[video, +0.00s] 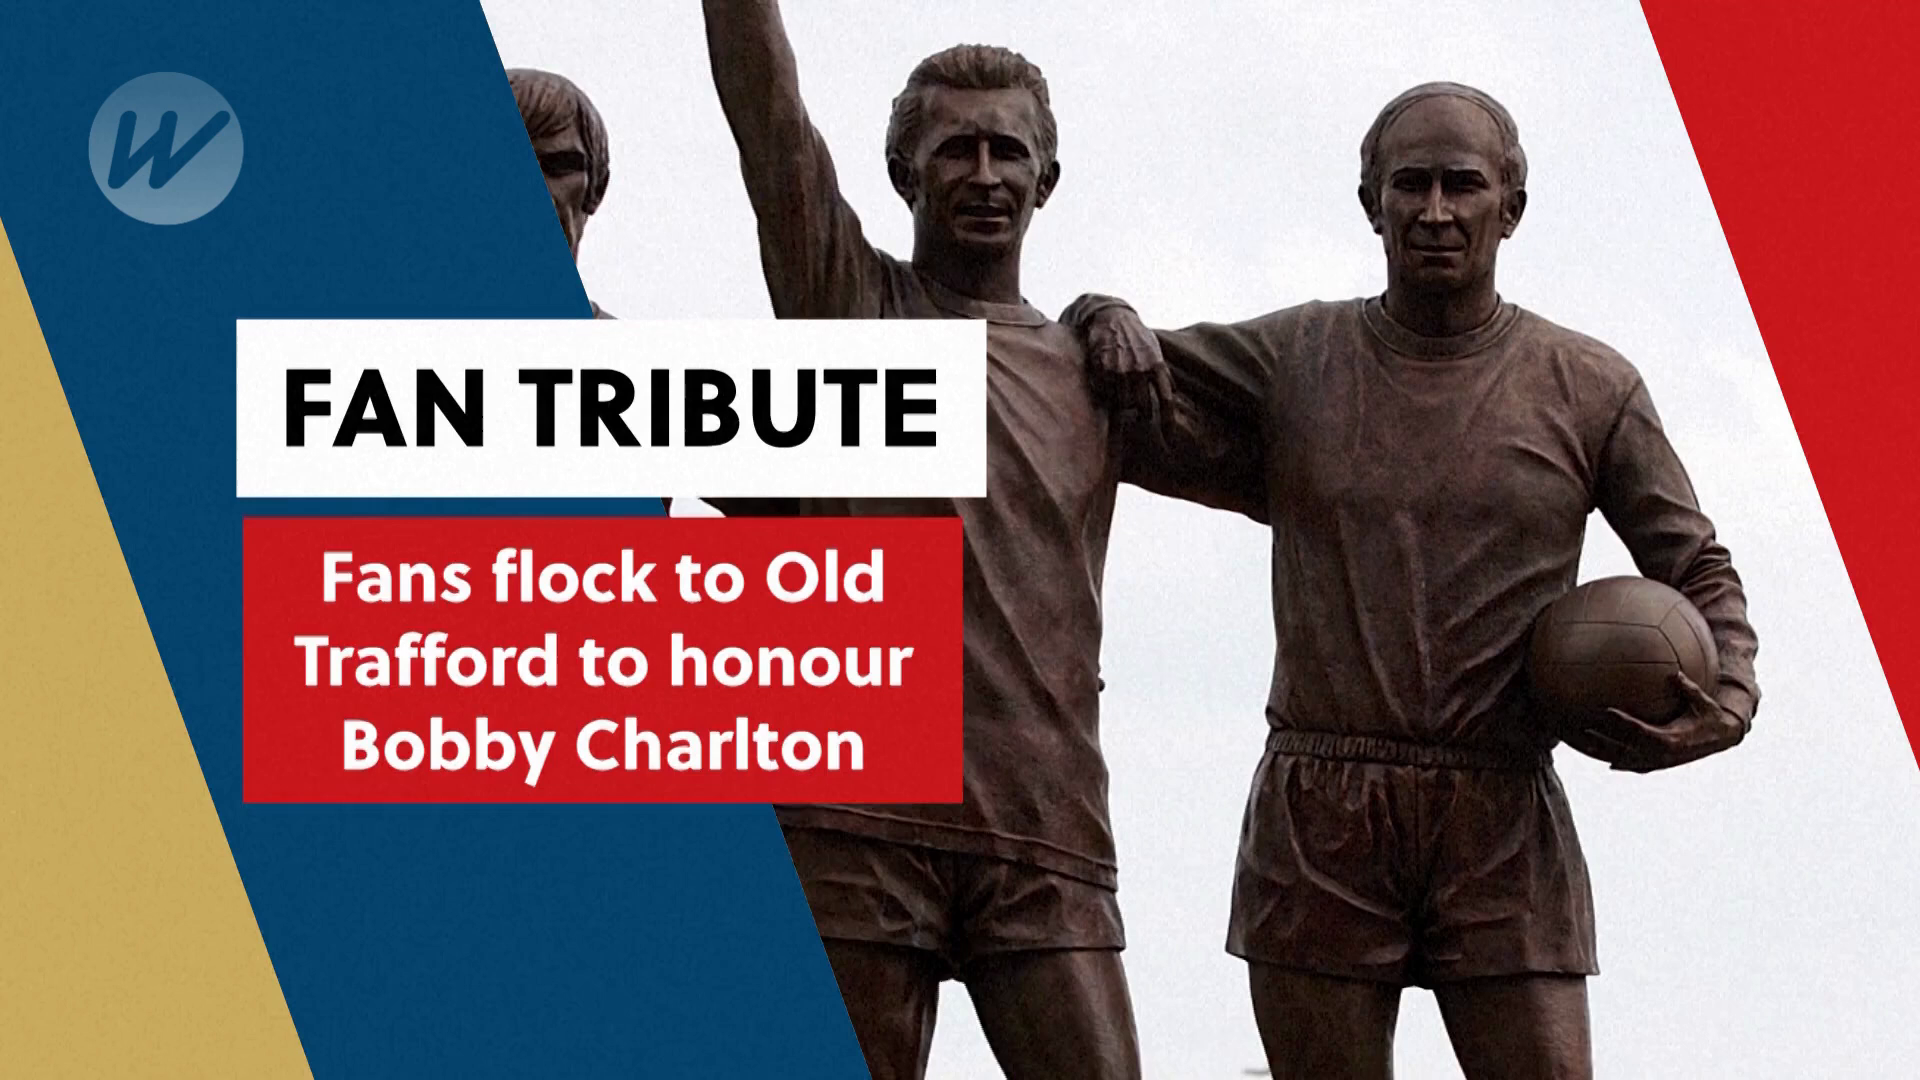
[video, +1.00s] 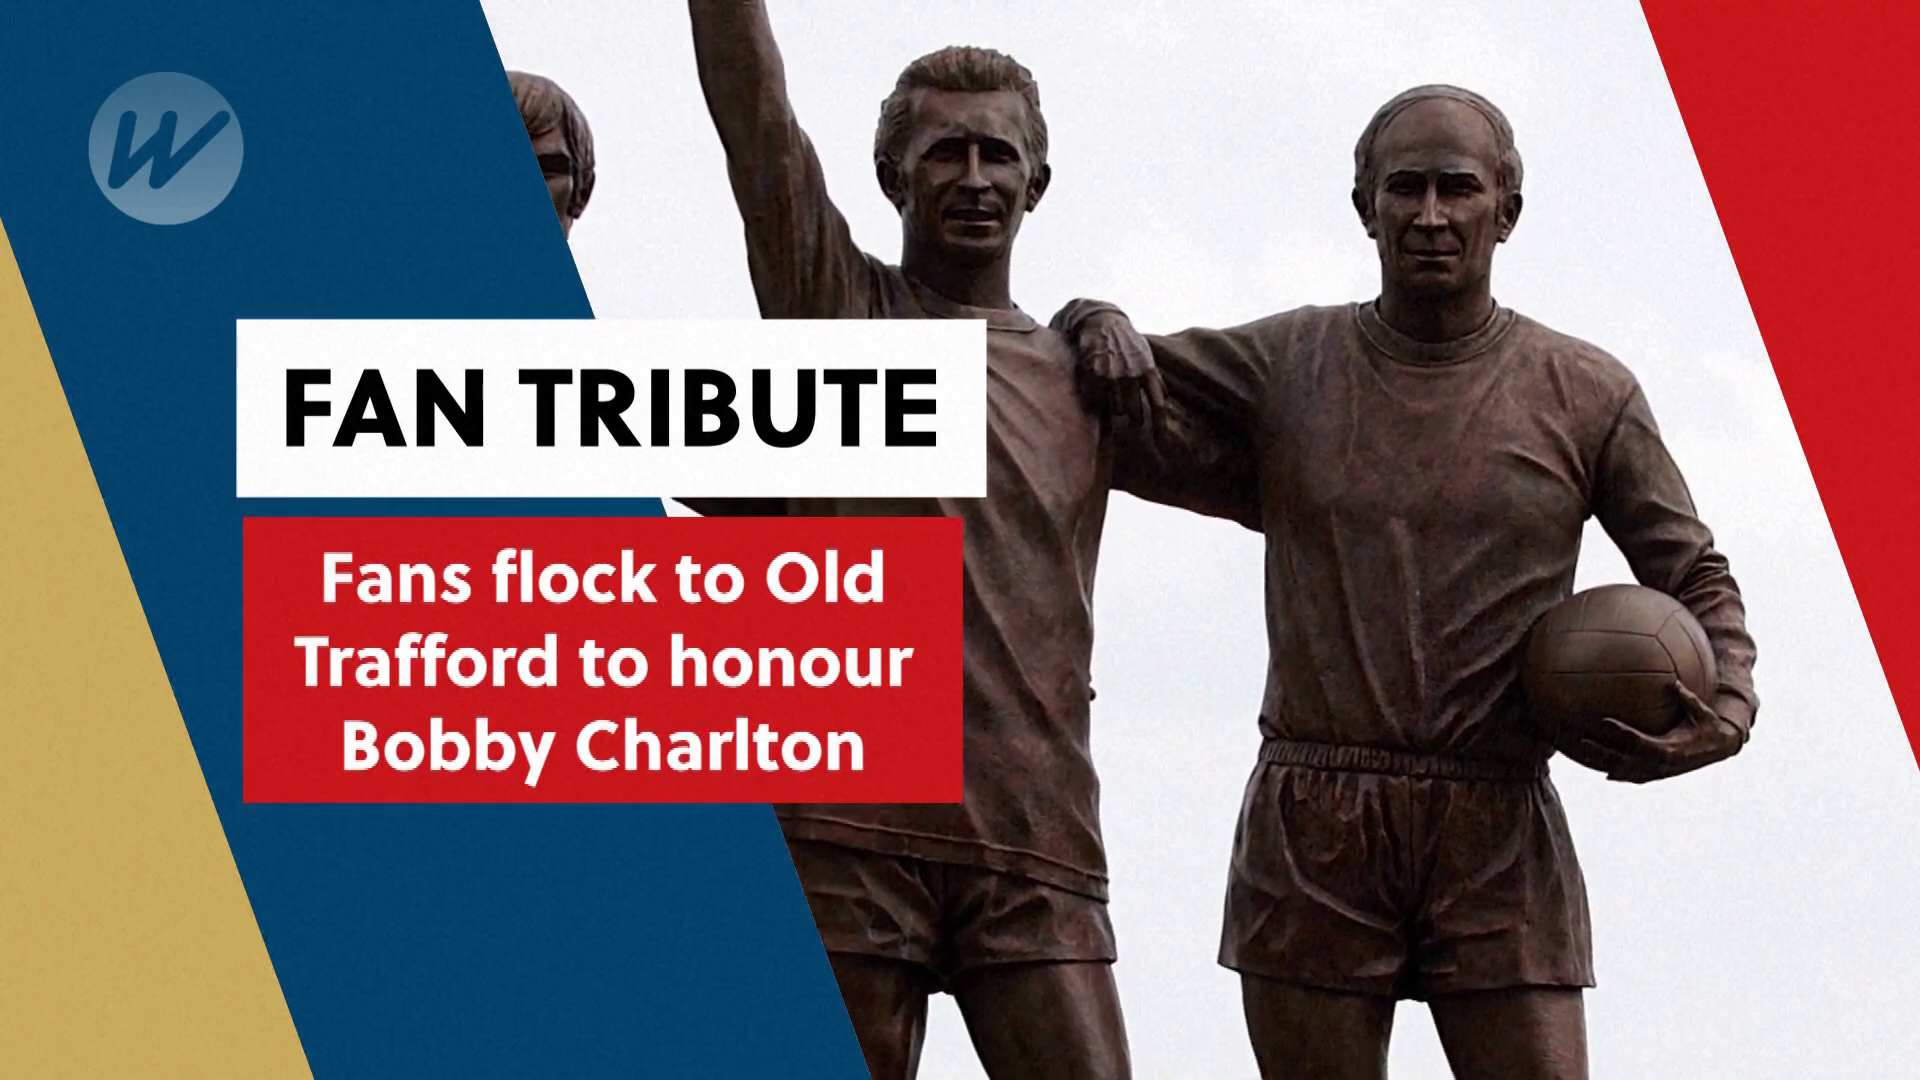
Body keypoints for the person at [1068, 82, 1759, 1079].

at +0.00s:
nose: (1434, 209)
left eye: (1463, 182)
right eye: (1407, 184)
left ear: (1512, 206)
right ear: (1371, 203)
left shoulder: (1591, 386)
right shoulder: (1292, 355)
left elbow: (1698, 570)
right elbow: (1112, 386)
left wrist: (1729, 690)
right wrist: (1100, 314)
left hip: (1501, 822)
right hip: (1317, 819)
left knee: (1550, 1067)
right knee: (1321, 1068)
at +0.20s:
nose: (1434, 211)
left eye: (1462, 184)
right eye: (1406, 185)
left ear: (1511, 207)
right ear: (1370, 204)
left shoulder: (1590, 388)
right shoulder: (1289, 357)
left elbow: (1696, 569)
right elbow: (1111, 389)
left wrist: (1728, 694)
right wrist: (1100, 315)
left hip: (1500, 821)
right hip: (1316, 817)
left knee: (1548, 1066)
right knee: (1320, 1067)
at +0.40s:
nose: (1433, 212)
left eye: (1461, 184)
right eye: (1405, 186)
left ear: (1511, 207)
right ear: (1369, 205)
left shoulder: (1590, 388)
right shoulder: (1290, 356)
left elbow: (1695, 567)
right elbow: (1111, 388)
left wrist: (1731, 688)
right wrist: (1098, 316)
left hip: (1499, 822)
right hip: (1315, 818)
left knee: (1547, 1067)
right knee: (1318, 1068)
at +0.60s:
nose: (1432, 212)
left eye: (1460, 185)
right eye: (1404, 186)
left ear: (1510, 207)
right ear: (1367, 205)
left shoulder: (1589, 389)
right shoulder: (1288, 358)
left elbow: (1695, 570)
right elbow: (1109, 390)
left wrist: (1729, 693)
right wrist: (1098, 316)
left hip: (1499, 826)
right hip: (1313, 822)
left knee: (1546, 1066)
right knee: (1317, 1069)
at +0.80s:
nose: (1432, 213)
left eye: (1459, 185)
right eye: (1404, 187)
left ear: (1510, 207)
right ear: (1366, 207)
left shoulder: (1588, 390)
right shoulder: (1288, 358)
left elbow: (1695, 575)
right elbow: (1113, 387)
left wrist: (1729, 698)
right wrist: (1096, 318)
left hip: (1497, 825)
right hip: (1312, 823)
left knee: (1544, 1066)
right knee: (1314, 1069)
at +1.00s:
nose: (1431, 214)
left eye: (1459, 186)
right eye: (1403, 188)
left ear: (1509, 209)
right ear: (1365, 208)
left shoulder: (1586, 391)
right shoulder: (1288, 358)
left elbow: (1693, 573)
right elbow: (1111, 389)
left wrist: (1729, 696)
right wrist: (1093, 319)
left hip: (1497, 829)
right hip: (1311, 825)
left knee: (1544, 1066)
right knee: (1313, 1069)